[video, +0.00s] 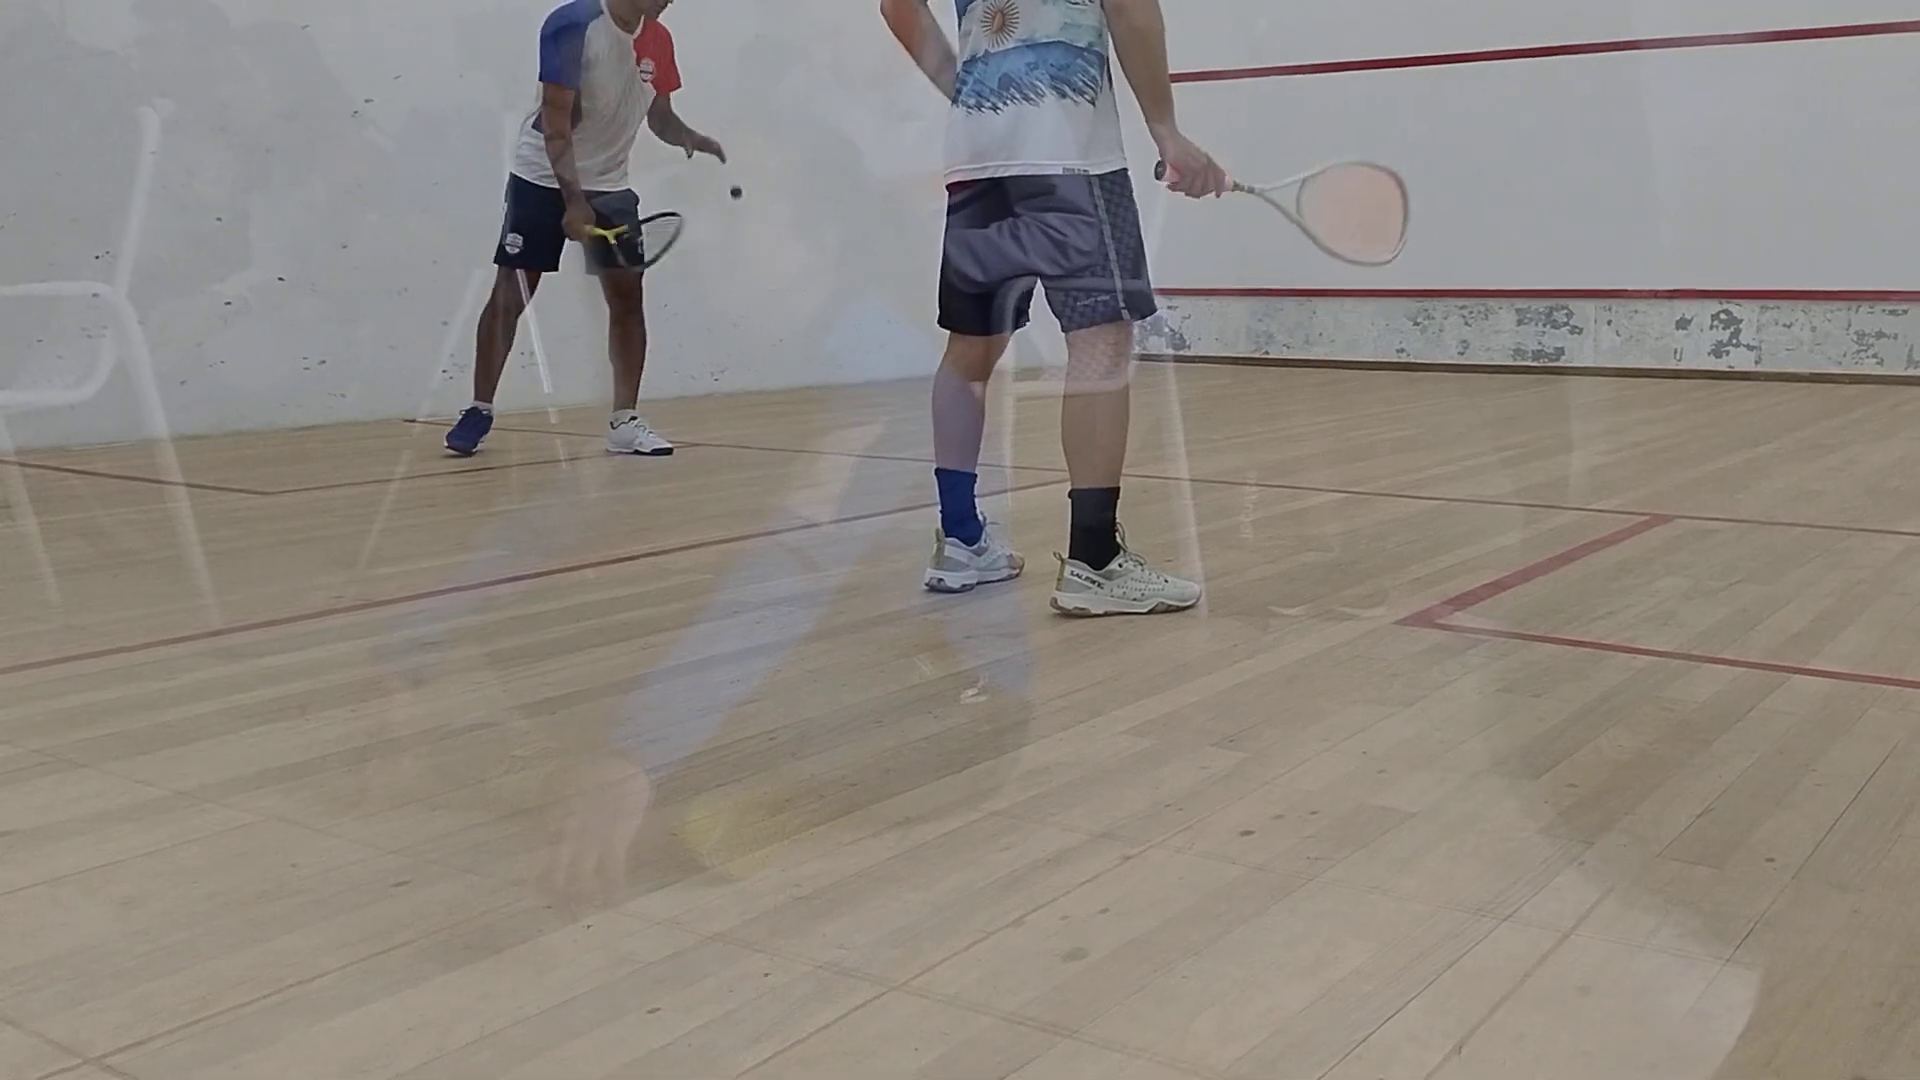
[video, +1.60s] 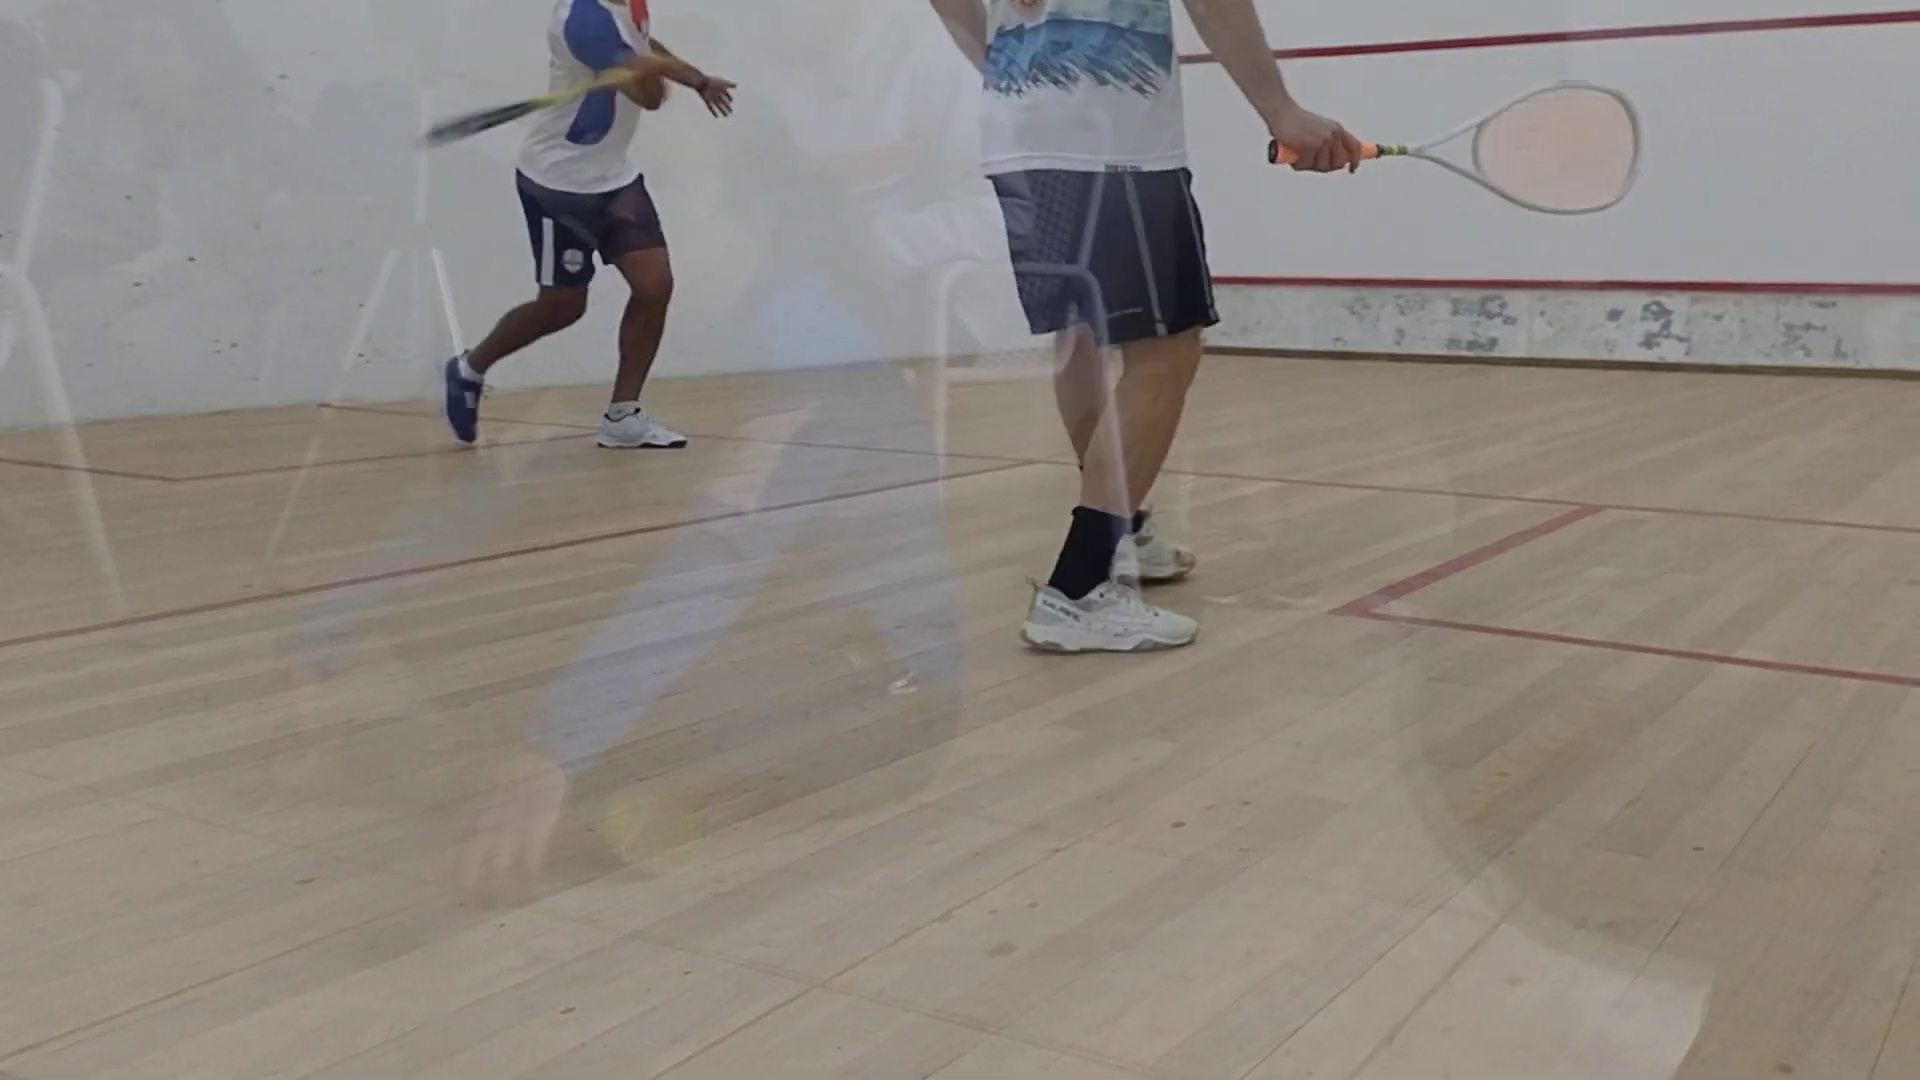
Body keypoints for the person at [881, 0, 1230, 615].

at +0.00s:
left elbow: (899, 5)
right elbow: (1129, 8)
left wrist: (967, 89)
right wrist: (1168, 130)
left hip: (973, 134)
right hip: (1069, 130)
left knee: (968, 351)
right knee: (1099, 347)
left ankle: (959, 541)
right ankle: (1095, 561)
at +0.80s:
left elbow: (952, 1)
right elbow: (1196, 2)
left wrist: (1021, 63)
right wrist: (1264, 98)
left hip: (1005, 115)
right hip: (1104, 115)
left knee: (1002, 319)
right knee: (1138, 332)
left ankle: (953, 521)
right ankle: (1071, 554)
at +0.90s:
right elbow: (1215, 1)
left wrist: (1023, 54)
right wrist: (1281, 91)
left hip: (1020, 107)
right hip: (1118, 108)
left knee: (1045, 310)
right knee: (1139, 336)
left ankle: (986, 507)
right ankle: (1067, 551)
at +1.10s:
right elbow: (1240, 0)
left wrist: (1042, 63)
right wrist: (1304, 95)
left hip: (1050, 115)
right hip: (1128, 119)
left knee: (1122, 326)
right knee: (1166, 334)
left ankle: (1148, 526)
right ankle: (1058, 545)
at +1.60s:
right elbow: (1210, 2)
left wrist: (1016, 72)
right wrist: (1283, 109)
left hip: (1017, 120)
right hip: (1113, 121)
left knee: (1077, 336)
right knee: (1167, 346)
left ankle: (1124, 533)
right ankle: (1077, 591)